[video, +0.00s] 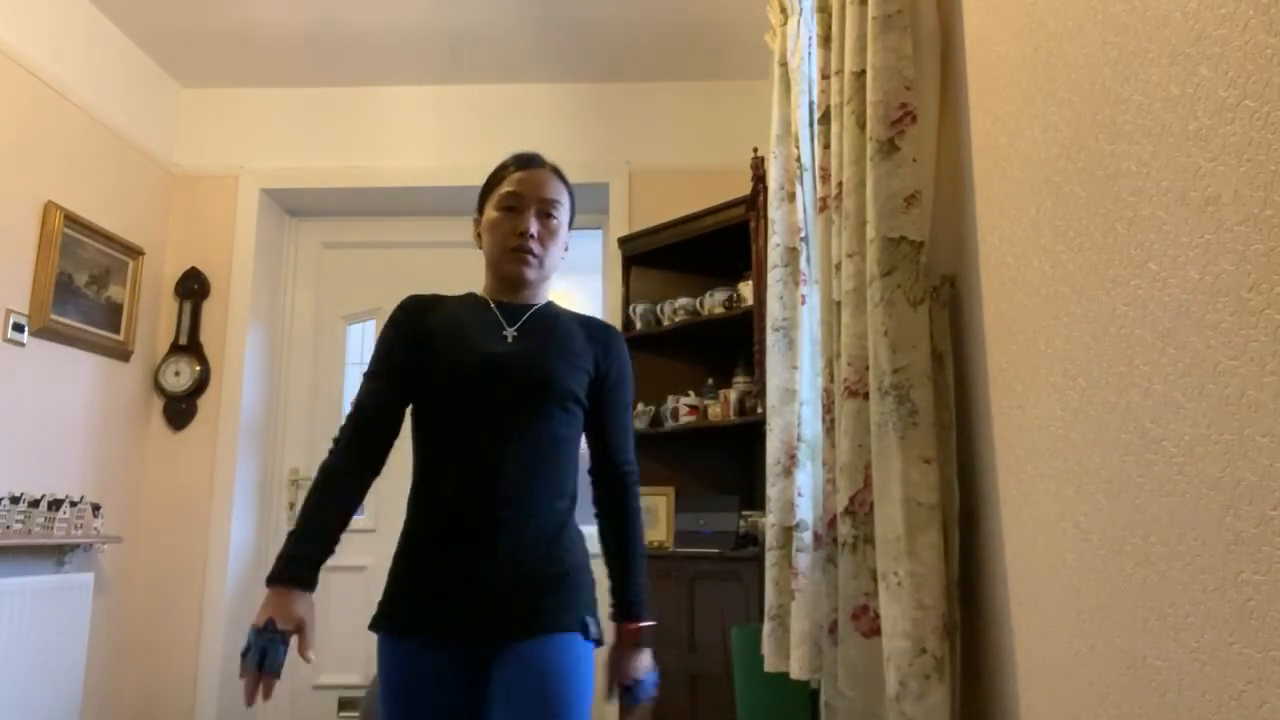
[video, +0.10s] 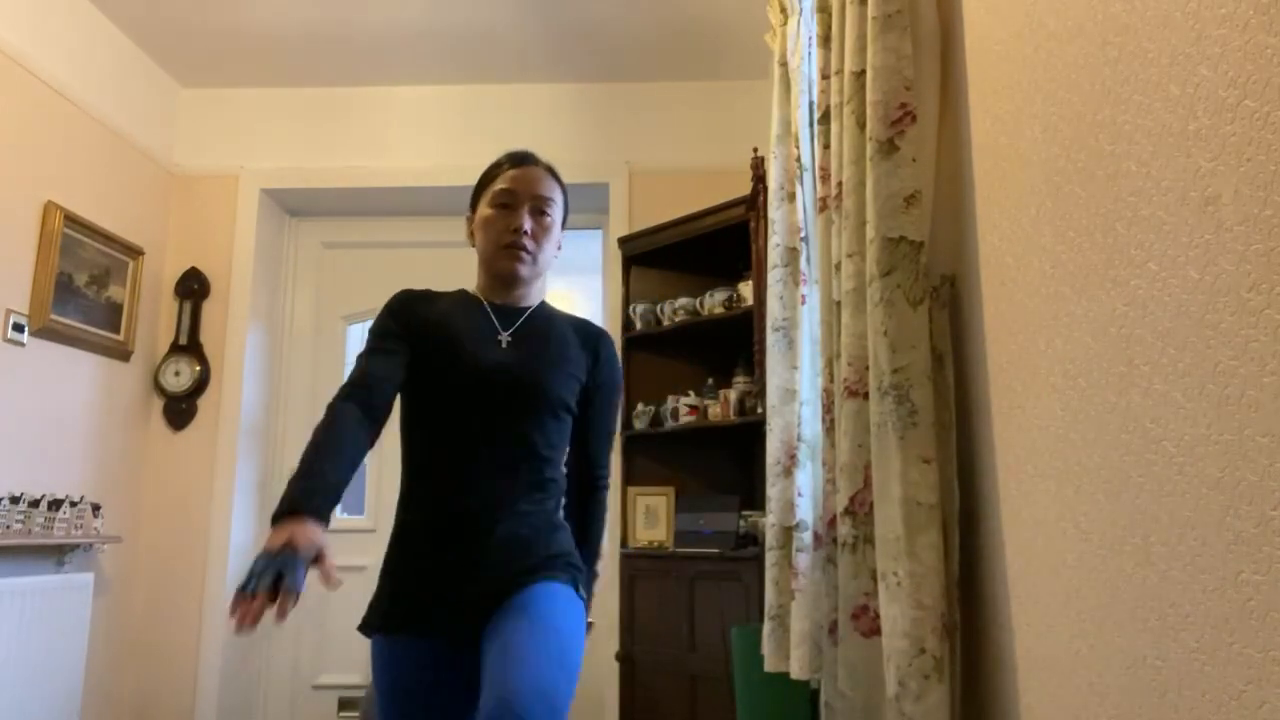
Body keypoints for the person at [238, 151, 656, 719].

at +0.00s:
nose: (529, 225)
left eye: (549, 213)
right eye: (511, 207)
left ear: (565, 241)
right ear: (479, 228)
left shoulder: (597, 345)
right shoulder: (420, 322)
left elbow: (617, 488)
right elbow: (356, 454)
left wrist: (632, 625)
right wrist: (291, 579)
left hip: (546, 620)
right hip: (425, 613)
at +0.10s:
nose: (522, 220)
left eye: (541, 211)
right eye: (504, 204)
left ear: (558, 241)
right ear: (473, 225)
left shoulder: (590, 348)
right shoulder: (415, 314)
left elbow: (589, 483)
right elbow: (358, 409)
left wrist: (579, 588)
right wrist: (303, 514)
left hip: (535, 575)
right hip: (422, 578)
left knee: (522, 706)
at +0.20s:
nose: (520, 221)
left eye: (539, 211)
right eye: (502, 204)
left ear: (555, 240)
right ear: (466, 227)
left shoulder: (581, 348)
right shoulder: (419, 308)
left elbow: (570, 476)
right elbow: (378, 345)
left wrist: (552, 556)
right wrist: (358, 385)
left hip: (533, 554)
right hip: (426, 565)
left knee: (504, 592)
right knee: (407, 708)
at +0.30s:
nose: (520, 224)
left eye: (538, 214)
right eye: (500, 207)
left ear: (549, 241)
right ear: (462, 229)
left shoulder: (578, 354)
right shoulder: (421, 330)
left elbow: (565, 491)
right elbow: (383, 355)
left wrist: (520, 631)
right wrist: (401, 314)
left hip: (524, 590)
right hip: (419, 596)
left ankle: (474, 506)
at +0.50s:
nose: (521, 220)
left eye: (538, 211)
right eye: (500, 204)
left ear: (549, 238)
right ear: (461, 227)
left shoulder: (575, 352)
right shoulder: (422, 322)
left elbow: (573, 478)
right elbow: (385, 348)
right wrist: (401, 335)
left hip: (533, 600)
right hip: (426, 596)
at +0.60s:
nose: (523, 212)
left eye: (540, 204)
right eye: (503, 196)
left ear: (554, 233)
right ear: (465, 219)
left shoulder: (579, 343)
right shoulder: (416, 307)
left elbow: (578, 471)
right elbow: (383, 359)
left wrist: (566, 557)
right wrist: (368, 411)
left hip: (537, 548)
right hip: (431, 554)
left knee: (523, 633)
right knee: (414, 708)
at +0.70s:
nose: (528, 209)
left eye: (545, 200)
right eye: (508, 194)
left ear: (558, 229)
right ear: (471, 219)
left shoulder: (589, 338)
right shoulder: (416, 314)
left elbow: (593, 472)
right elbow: (371, 421)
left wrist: (584, 580)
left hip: (547, 582)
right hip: (433, 577)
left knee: (541, 710)